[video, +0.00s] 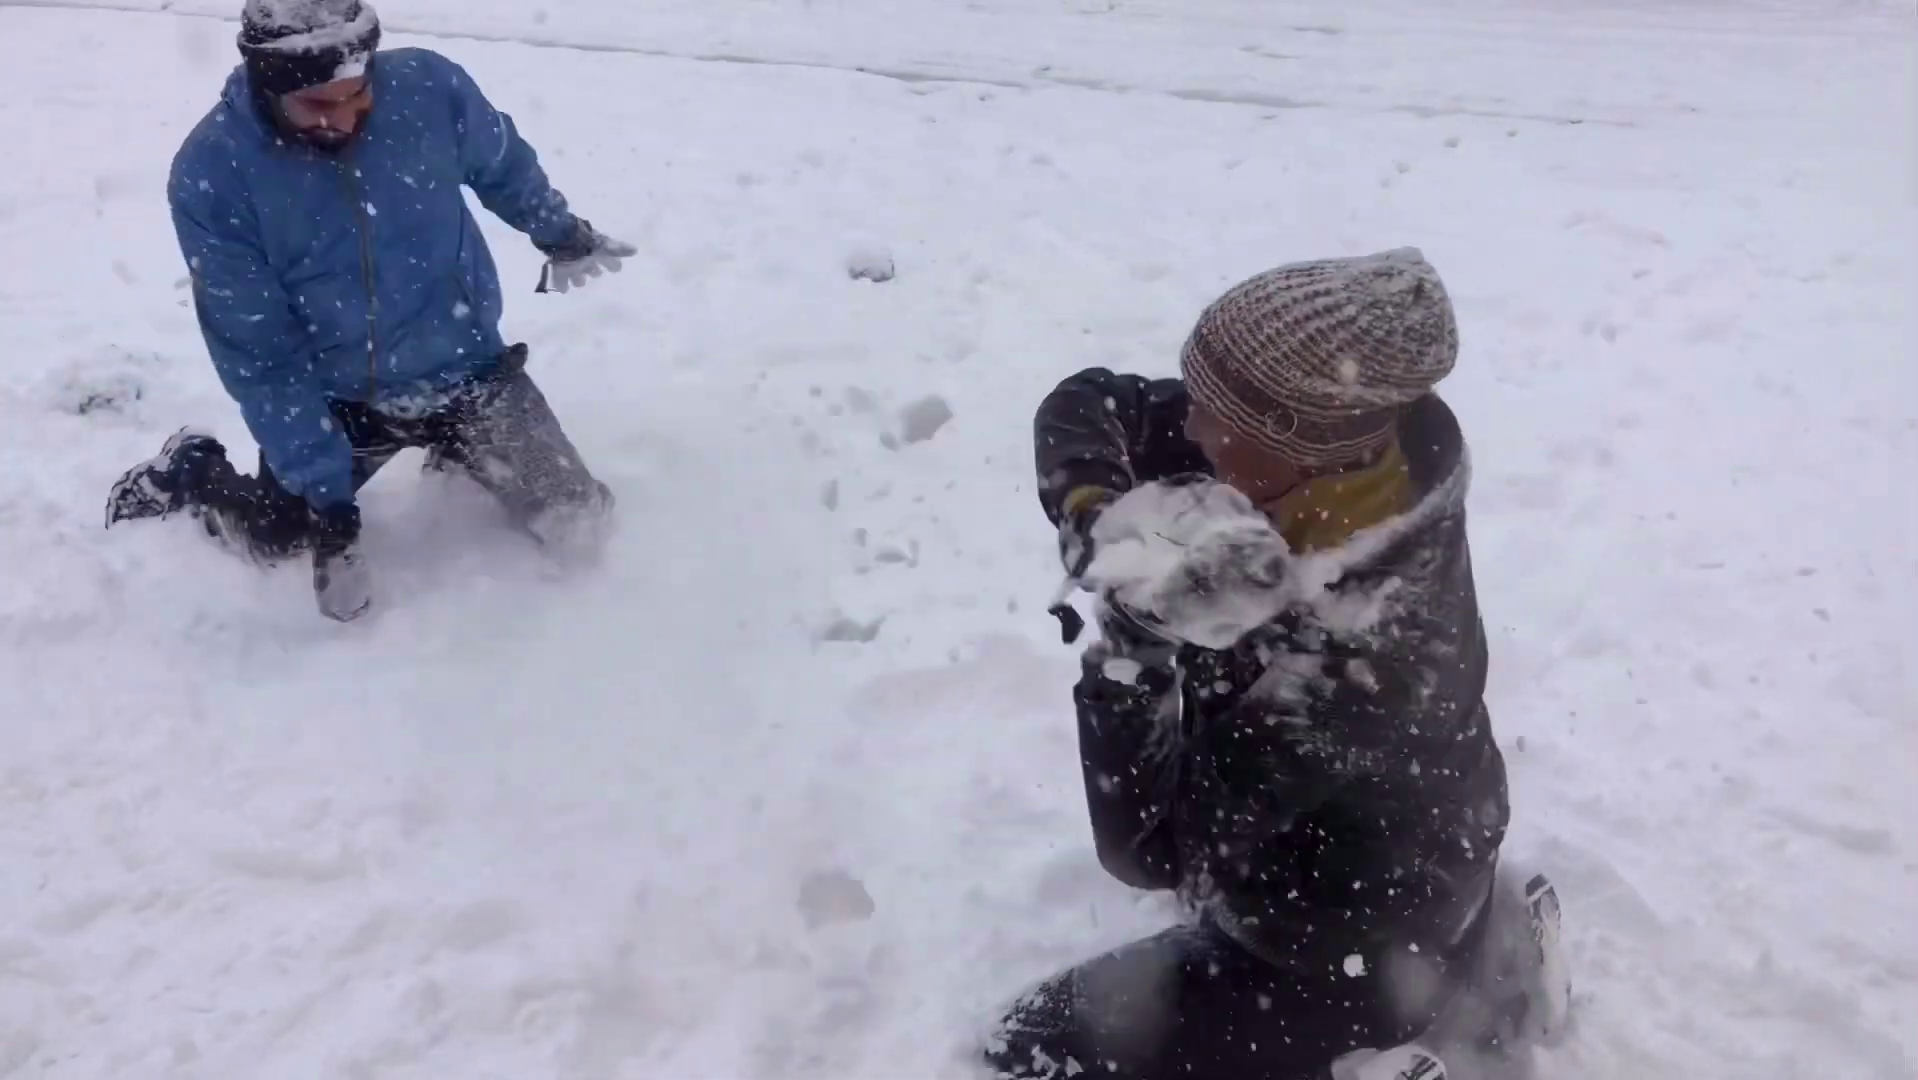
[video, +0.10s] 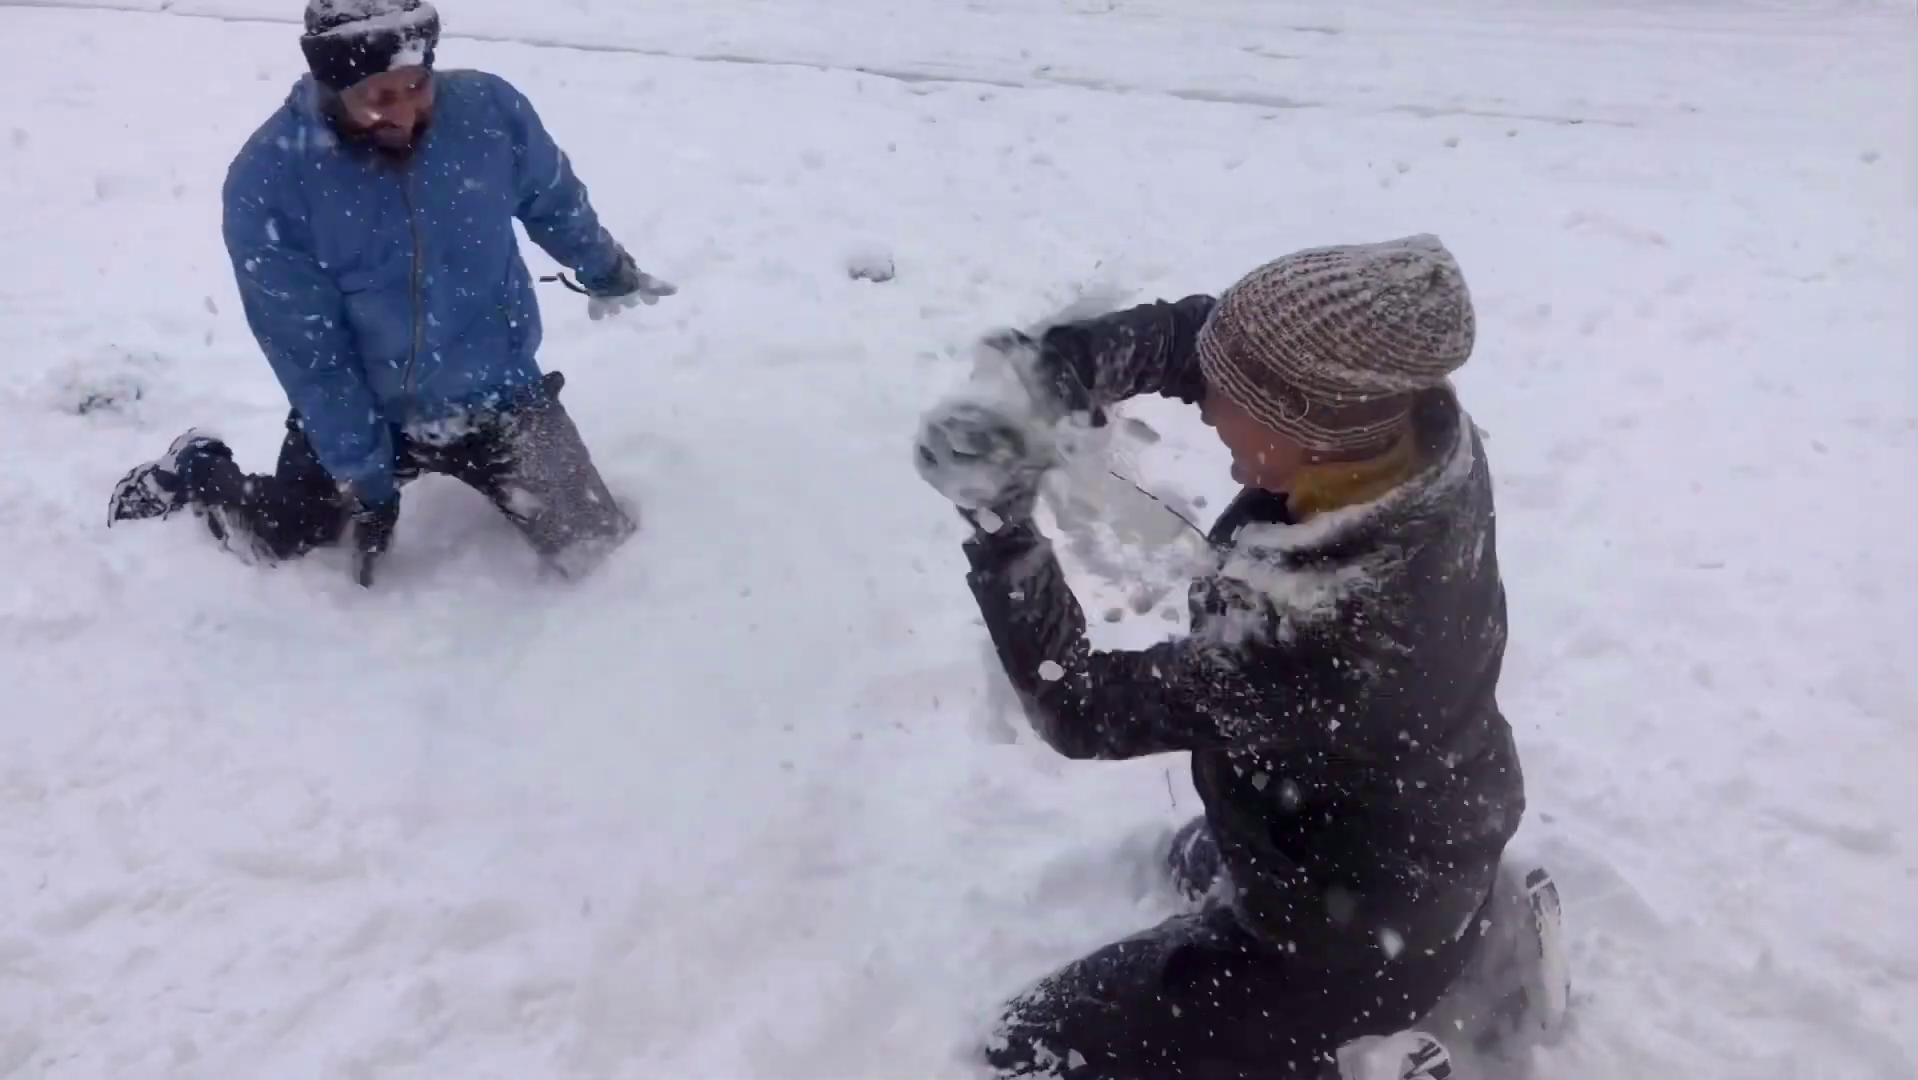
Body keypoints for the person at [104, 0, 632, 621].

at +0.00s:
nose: (343, 120)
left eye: (357, 94)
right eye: (318, 104)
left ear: (371, 62)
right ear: (269, 86)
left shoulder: (427, 90)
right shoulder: (214, 176)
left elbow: (503, 164)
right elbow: (260, 359)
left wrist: (559, 231)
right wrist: (333, 519)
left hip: (469, 375)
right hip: (339, 405)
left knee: (583, 529)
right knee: (283, 542)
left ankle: (466, 445)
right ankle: (190, 476)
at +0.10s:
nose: (399, 114)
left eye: (413, 87)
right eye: (375, 97)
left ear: (431, 66)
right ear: (330, 87)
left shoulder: (489, 114)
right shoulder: (269, 182)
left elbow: (554, 200)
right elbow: (307, 350)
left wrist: (605, 270)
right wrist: (370, 485)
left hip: (496, 401)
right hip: (359, 422)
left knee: (596, 547)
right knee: (286, 545)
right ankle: (197, 476)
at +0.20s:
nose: (466, 118)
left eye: (481, 92)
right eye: (441, 98)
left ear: (499, 82)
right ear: (396, 94)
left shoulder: (555, 149)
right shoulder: (337, 207)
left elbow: (611, 256)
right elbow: (377, 374)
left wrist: (657, 344)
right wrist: (455, 498)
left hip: (530, 407)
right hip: (394, 421)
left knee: (614, 546)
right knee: (288, 540)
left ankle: (509, 466)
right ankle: (198, 478)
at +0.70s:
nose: (619, 172)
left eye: (632, 152)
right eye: (602, 154)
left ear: (643, 139)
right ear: (553, 138)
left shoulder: (657, 189)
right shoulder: (451, 191)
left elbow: (668, 348)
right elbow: (436, 385)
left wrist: (686, 476)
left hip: (559, 412)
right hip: (438, 405)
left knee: (620, 551)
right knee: (393, 570)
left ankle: (521, 463)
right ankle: (322, 477)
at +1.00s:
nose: (574, 179)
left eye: (591, 157)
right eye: (552, 161)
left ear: (609, 139)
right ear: (506, 144)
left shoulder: (624, 177)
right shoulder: (435, 228)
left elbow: (661, 329)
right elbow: (404, 433)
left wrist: (719, 452)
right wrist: (388, 613)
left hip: (567, 421)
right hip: (454, 440)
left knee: (620, 549)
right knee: (493, 626)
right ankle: (370, 520)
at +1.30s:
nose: (498, 175)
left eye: (519, 152)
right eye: (475, 153)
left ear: (550, 146)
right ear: (437, 149)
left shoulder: (598, 231)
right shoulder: (367, 254)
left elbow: (632, 399)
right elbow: (348, 448)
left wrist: (673, 535)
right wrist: (386, 602)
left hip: (530, 437)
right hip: (410, 458)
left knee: (630, 559)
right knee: (487, 625)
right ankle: (343, 555)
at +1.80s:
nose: (324, 245)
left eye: (330, 223)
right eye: (301, 236)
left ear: (363, 176)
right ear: (278, 220)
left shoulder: (488, 129)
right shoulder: (301, 286)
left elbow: (613, 286)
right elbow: (373, 455)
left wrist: (635, 445)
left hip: (563, 405)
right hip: (452, 451)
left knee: (628, 541)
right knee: (494, 623)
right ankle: (371, 534)